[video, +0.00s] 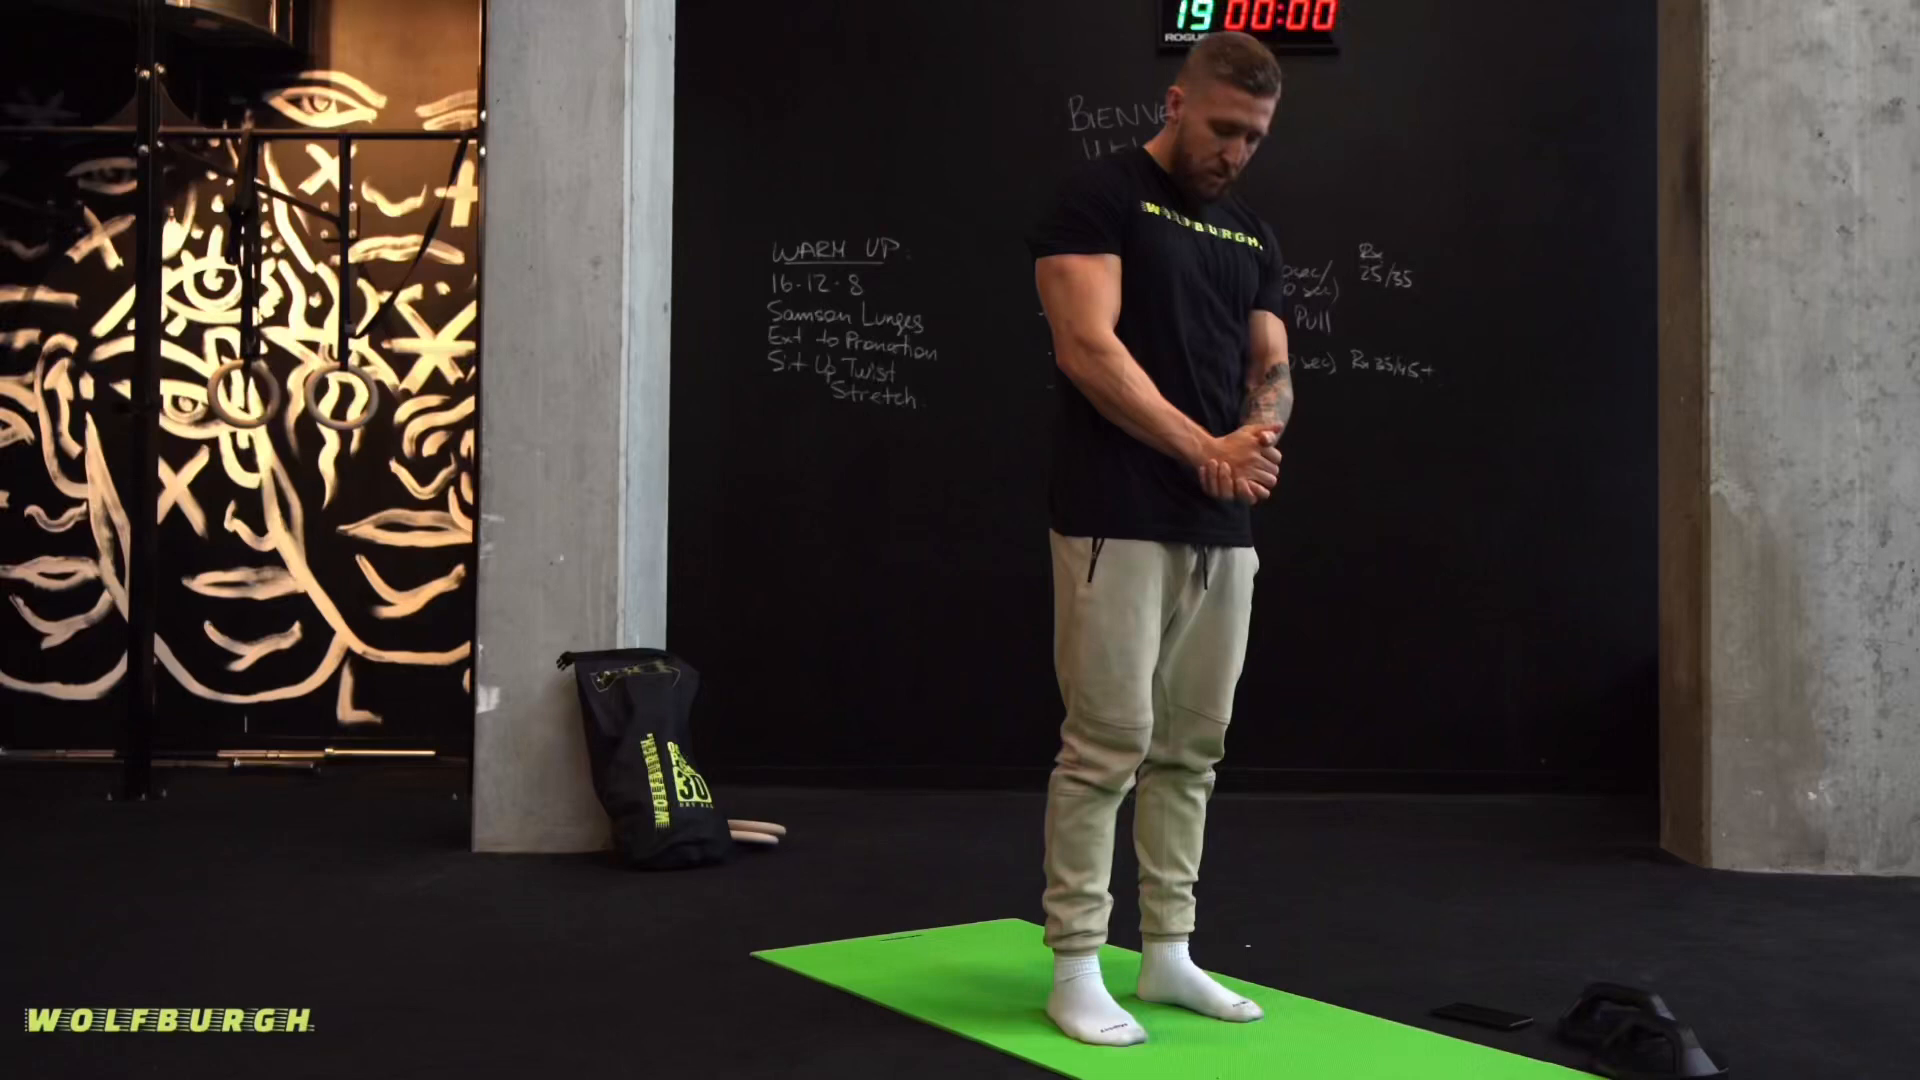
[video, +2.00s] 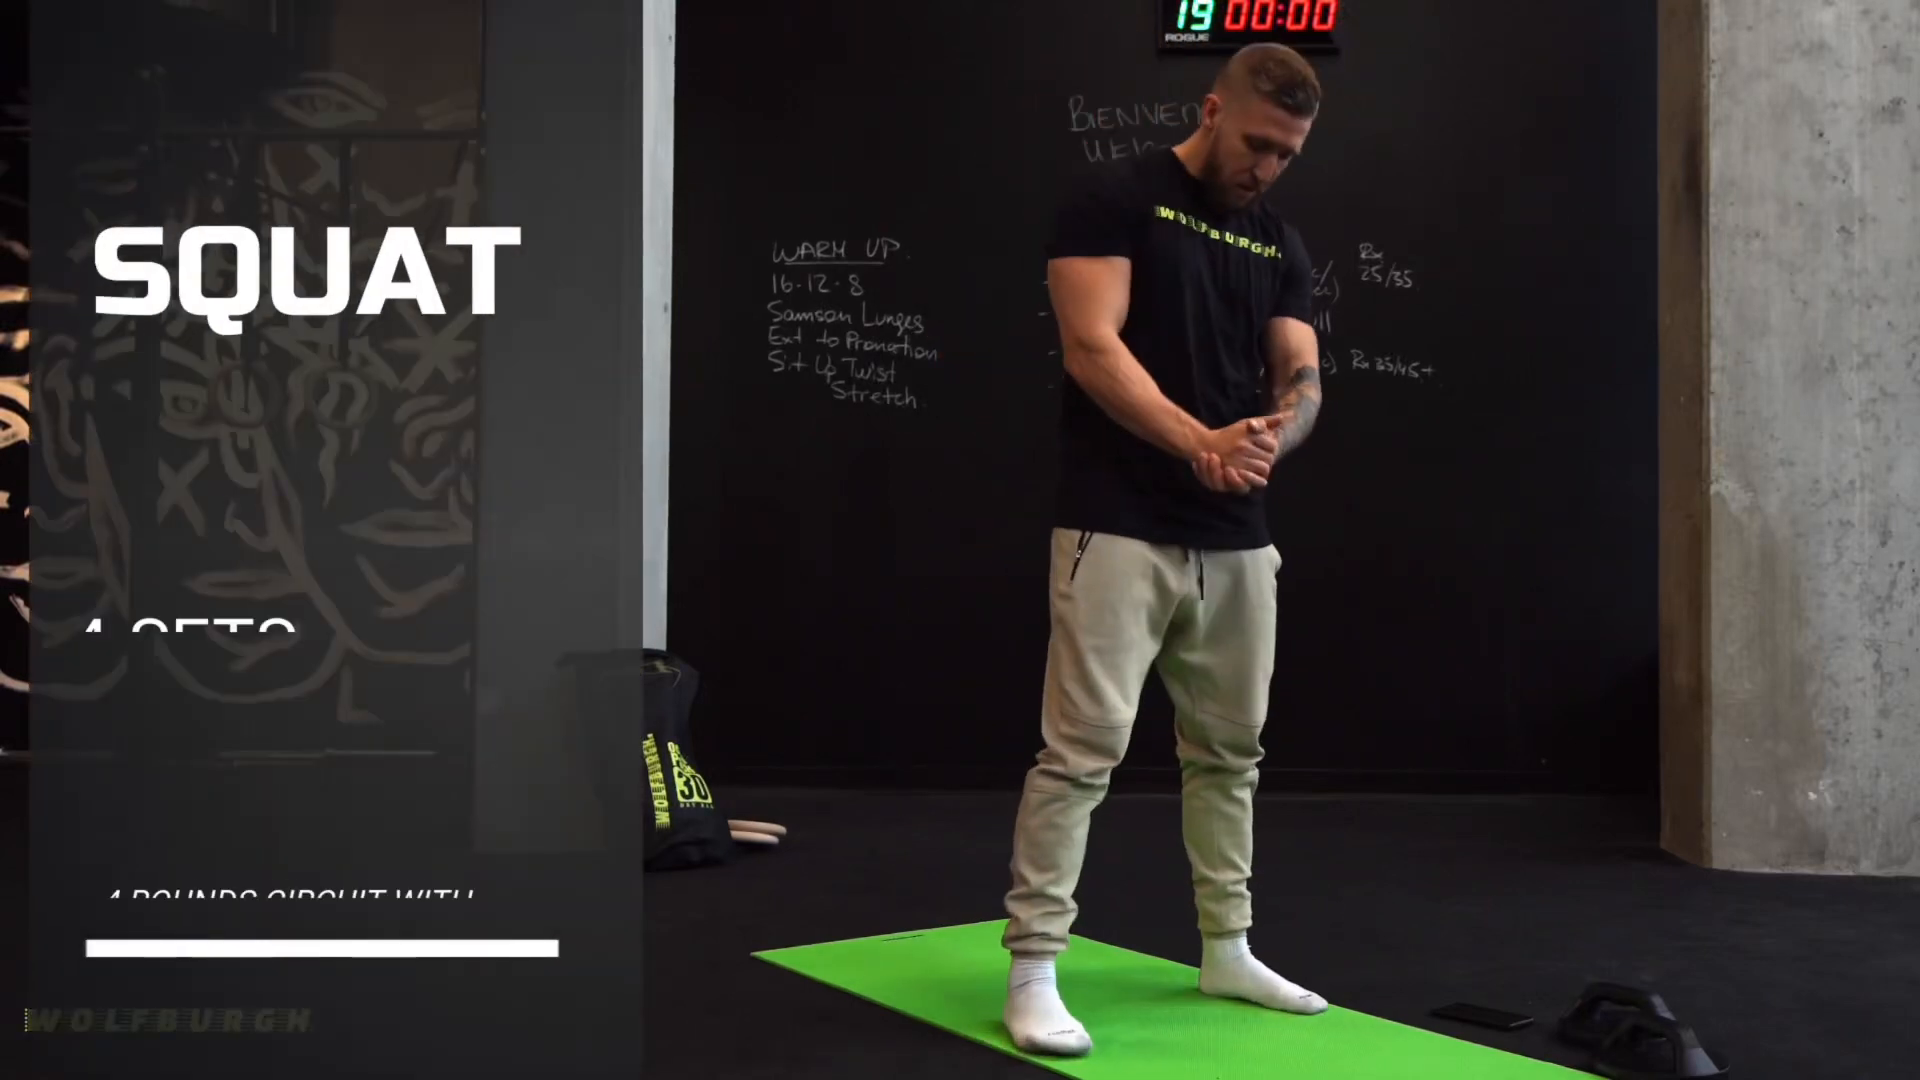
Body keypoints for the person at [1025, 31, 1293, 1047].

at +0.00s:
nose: (1235, 155)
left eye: (1251, 139)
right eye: (1221, 130)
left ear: (1264, 131)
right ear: (1173, 101)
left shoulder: (1248, 235)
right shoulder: (1096, 197)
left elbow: (1272, 369)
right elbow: (1086, 348)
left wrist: (1261, 431)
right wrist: (1202, 448)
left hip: (1219, 524)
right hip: (1115, 517)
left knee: (1190, 747)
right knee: (1106, 744)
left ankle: (1168, 960)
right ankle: (1076, 969)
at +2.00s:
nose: (1267, 170)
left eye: (1287, 154)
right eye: (1257, 145)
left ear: (1301, 146)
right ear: (1210, 111)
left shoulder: (1275, 240)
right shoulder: (1112, 200)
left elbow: (1301, 377)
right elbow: (1091, 349)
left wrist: (1277, 432)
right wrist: (1196, 441)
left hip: (1235, 538)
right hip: (1118, 530)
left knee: (1228, 750)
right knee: (1082, 750)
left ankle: (1228, 954)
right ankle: (1033, 975)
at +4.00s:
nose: (1236, 474)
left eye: (1241, 455)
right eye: (1212, 457)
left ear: (1249, 467)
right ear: (1156, 479)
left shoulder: (1247, 566)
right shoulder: (1113, 555)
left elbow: (1376, 592)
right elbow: (1199, 593)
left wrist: (1424, 539)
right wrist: (1368, 520)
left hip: (1153, 781)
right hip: (1025, 789)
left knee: (1306, 750)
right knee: (1110, 761)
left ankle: (1241, 958)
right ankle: (1044, 989)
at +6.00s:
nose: (1250, 413)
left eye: (1255, 395)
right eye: (1226, 397)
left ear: (1266, 409)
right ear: (1170, 421)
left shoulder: (1265, 513)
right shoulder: (1129, 507)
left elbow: (1391, 553)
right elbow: (1201, 546)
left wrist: (1440, 513)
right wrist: (1375, 491)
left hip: (1185, 732)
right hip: (1064, 728)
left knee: (1330, 764)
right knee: (1111, 776)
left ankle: (1243, 960)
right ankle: (1044, 989)